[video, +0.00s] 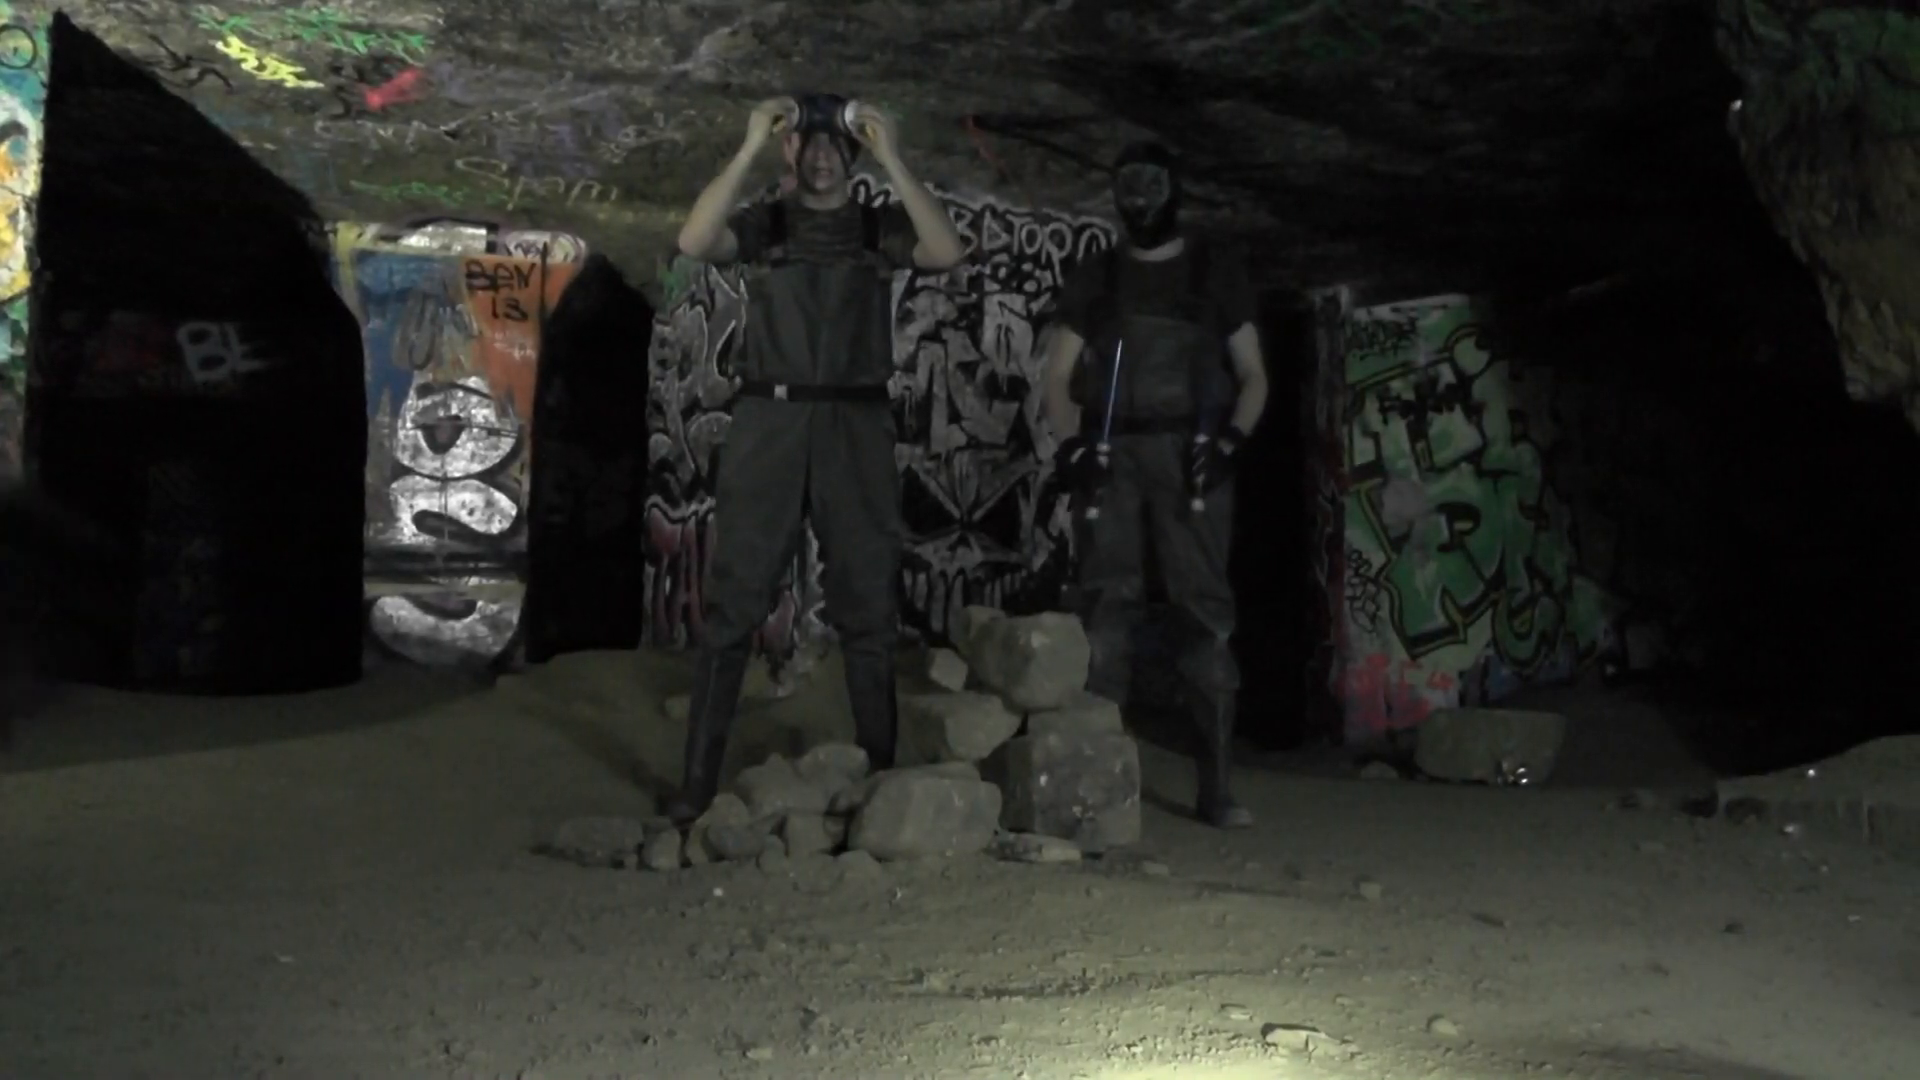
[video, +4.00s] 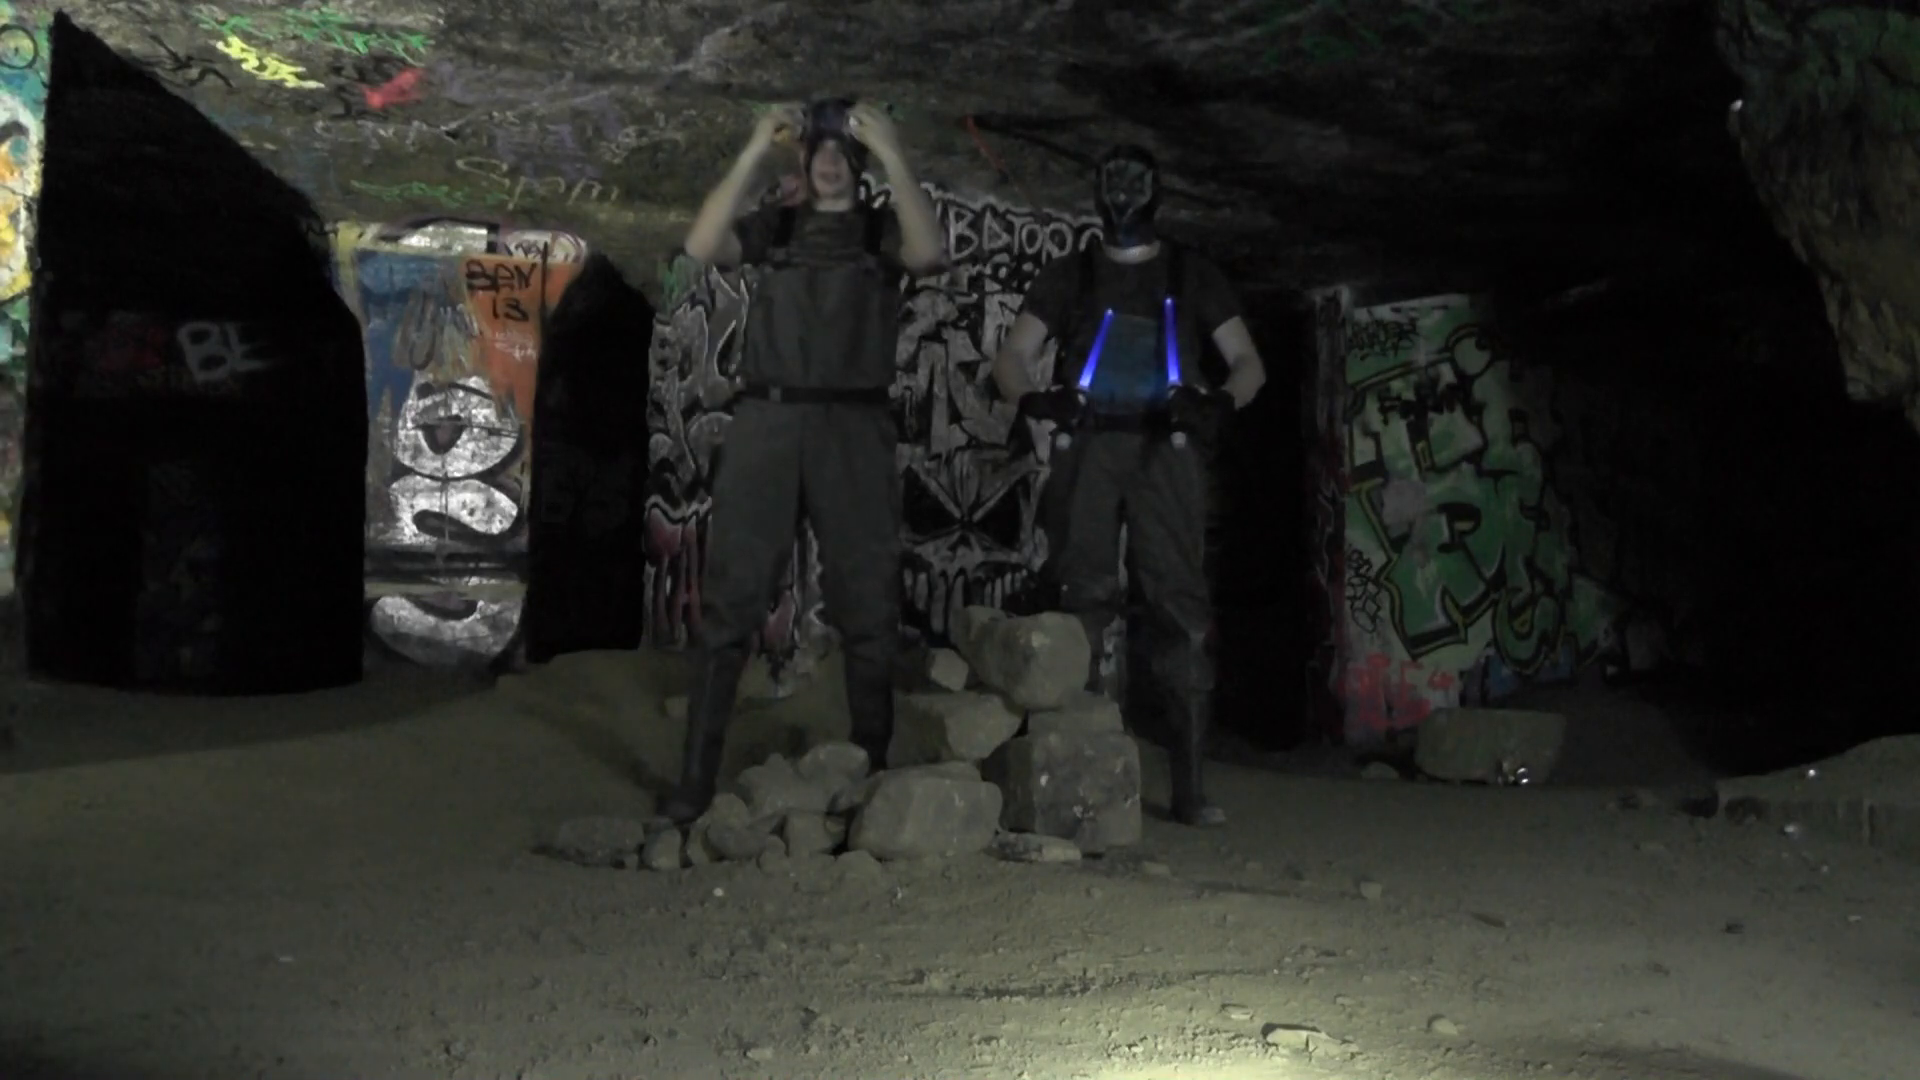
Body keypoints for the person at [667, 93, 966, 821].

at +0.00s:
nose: (819, 159)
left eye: (832, 147)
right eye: (805, 145)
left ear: (854, 156)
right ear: (785, 155)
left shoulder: (879, 228)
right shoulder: (762, 225)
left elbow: (944, 252)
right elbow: (694, 242)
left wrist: (889, 159)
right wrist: (750, 152)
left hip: (856, 439)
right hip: (767, 437)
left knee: (868, 614)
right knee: (733, 612)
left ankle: (880, 777)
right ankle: (696, 790)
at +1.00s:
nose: (860, 166)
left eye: (873, 155)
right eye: (850, 149)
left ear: (884, 161)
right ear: (819, 145)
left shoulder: (891, 230)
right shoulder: (769, 215)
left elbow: (956, 289)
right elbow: (668, 261)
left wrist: (926, 183)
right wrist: (727, 311)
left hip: (858, 439)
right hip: (769, 435)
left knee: (868, 612)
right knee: (736, 609)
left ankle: (882, 779)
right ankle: (699, 786)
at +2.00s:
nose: (835, 164)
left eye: (849, 152)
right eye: (822, 150)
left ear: (867, 161)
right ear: (797, 159)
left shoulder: (885, 225)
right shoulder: (765, 222)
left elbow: (949, 273)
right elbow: (696, 277)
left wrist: (904, 167)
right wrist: (754, 190)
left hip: (857, 438)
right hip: (767, 435)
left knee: (870, 614)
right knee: (734, 611)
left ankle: (879, 779)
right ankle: (697, 789)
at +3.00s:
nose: (783, 153)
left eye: (792, 142)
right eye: (772, 140)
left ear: (803, 158)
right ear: (747, 150)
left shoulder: (800, 229)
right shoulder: (721, 215)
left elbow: (876, 278)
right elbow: (801, 249)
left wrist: (873, 193)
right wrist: (837, 175)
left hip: (798, 426)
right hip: (732, 422)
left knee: (837, 589)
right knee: (742, 591)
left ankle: (877, 755)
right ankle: (684, 772)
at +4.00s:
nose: (830, 163)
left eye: (842, 154)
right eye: (819, 153)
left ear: (862, 168)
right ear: (800, 166)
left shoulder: (880, 229)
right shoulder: (773, 227)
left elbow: (929, 253)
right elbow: (702, 245)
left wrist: (890, 153)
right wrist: (755, 152)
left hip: (855, 439)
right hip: (766, 435)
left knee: (868, 614)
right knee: (731, 608)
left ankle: (872, 781)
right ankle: (695, 787)